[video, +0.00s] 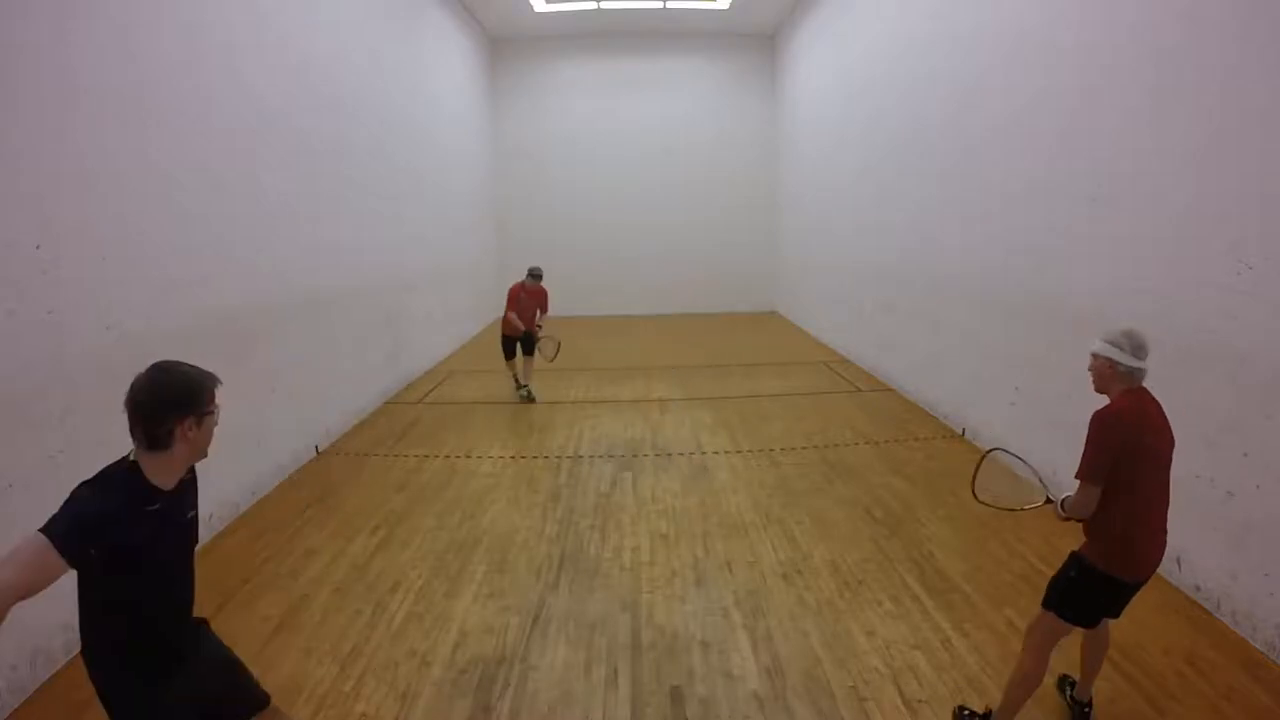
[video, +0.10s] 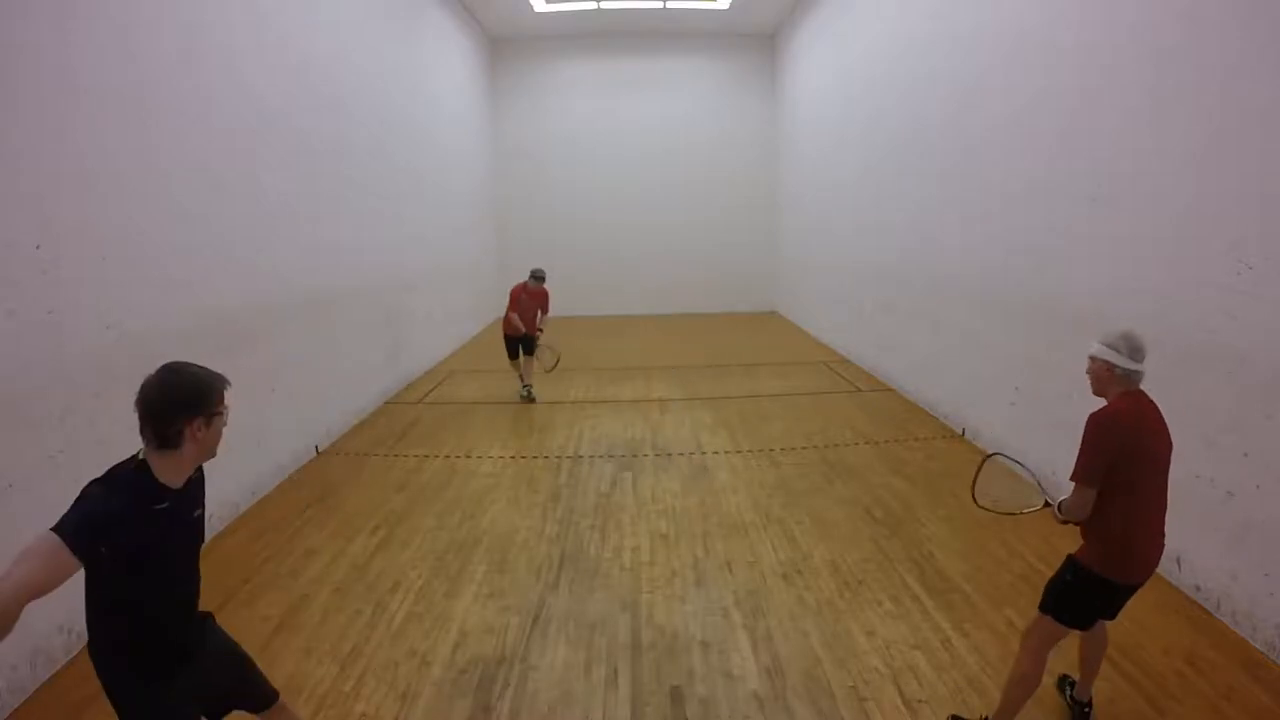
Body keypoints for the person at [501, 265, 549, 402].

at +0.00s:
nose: (534, 283)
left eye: (538, 280)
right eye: (532, 280)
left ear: (540, 281)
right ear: (527, 277)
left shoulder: (542, 293)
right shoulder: (515, 290)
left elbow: (544, 312)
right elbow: (510, 313)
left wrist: (539, 325)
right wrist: (523, 329)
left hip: (528, 330)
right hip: (510, 329)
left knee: (529, 357)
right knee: (510, 358)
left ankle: (526, 386)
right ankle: (515, 377)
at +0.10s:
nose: (539, 285)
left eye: (541, 282)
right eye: (536, 281)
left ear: (543, 282)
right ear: (530, 279)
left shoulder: (543, 293)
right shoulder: (517, 291)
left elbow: (545, 313)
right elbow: (512, 313)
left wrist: (540, 329)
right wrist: (523, 330)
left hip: (529, 330)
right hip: (512, 330)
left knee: (529, 357)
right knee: (513, 359)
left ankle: (527, 386)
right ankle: (521, 377)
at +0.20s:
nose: (540, 289)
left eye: (543, 287)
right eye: (539, 286)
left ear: (544, 285)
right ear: (532, 281)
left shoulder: (544, 295)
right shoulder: (518, 291)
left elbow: (545, 315)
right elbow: (513, 313)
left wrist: (542, 333)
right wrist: (519, 331)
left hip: (530, 331)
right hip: (513, 331)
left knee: (529, 358)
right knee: (517, 359)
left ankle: (528, 386)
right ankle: (523, 380)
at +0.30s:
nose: (543, 291)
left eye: (545, 288)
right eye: (542, 287)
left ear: (546, 287)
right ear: (536, 283)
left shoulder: (546, 295)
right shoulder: (520, 291)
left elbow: (548, 316)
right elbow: (512, 313)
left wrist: (550, 336)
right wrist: (511, 333)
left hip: (532, 333)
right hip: (516, 332)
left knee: (530, 358)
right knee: (518, 358)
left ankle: (528, 386)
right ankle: (521, 380)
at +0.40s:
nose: (546, 291)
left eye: (547, 289)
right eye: (545, 288)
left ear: (548, 287)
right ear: (538, 284)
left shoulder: (547, 295)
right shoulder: (521, 290)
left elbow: (553, 315)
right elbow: (510, 310)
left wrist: (561, 334)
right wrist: (503, 327)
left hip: (533, 331)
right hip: (516, 331)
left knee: (535, 356)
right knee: (520, 357)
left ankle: (532, 384)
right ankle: (523, 380)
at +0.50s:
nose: (548, 290)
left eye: (550, 288)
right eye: (547, 287)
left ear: (550, 287)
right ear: (541, 283)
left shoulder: (549, 295)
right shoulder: (524, 288)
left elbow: (558, 314)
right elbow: (510, 304)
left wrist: (569, 332)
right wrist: (499, 314)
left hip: (535, 327)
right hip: (517, 327)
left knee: (543, 349)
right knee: (521, 354)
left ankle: (540, 380)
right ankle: (523, 380)